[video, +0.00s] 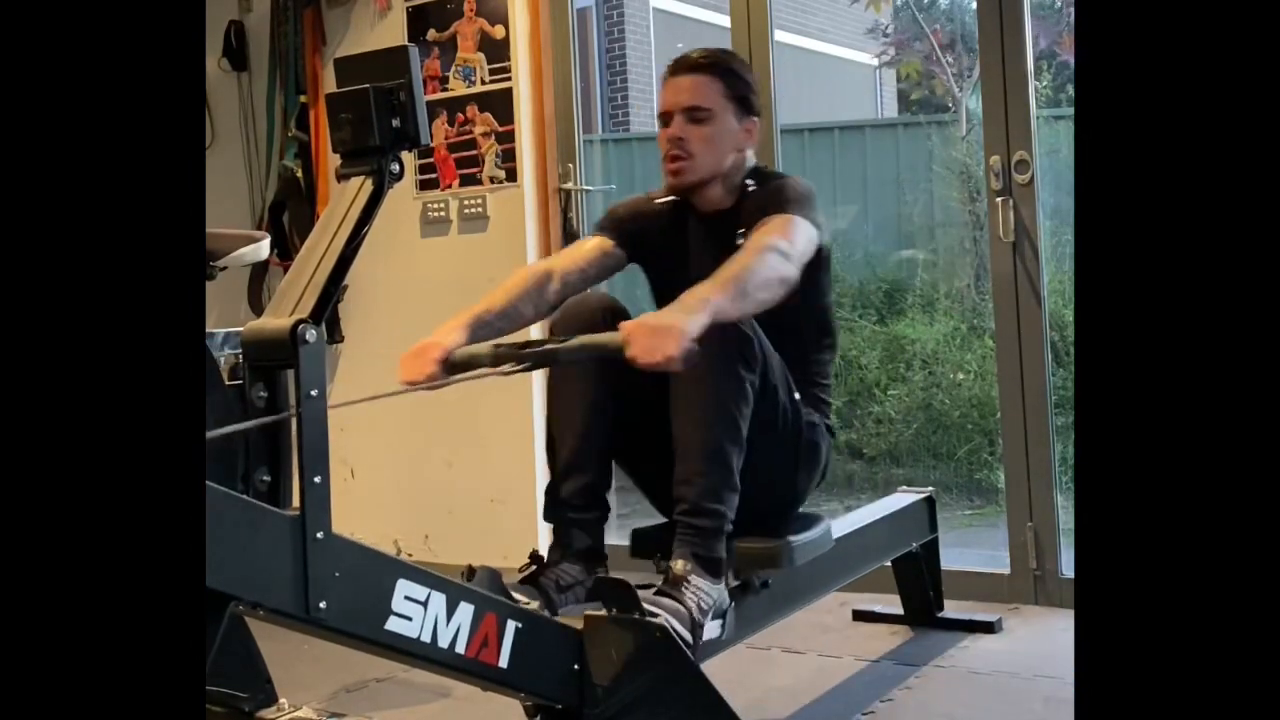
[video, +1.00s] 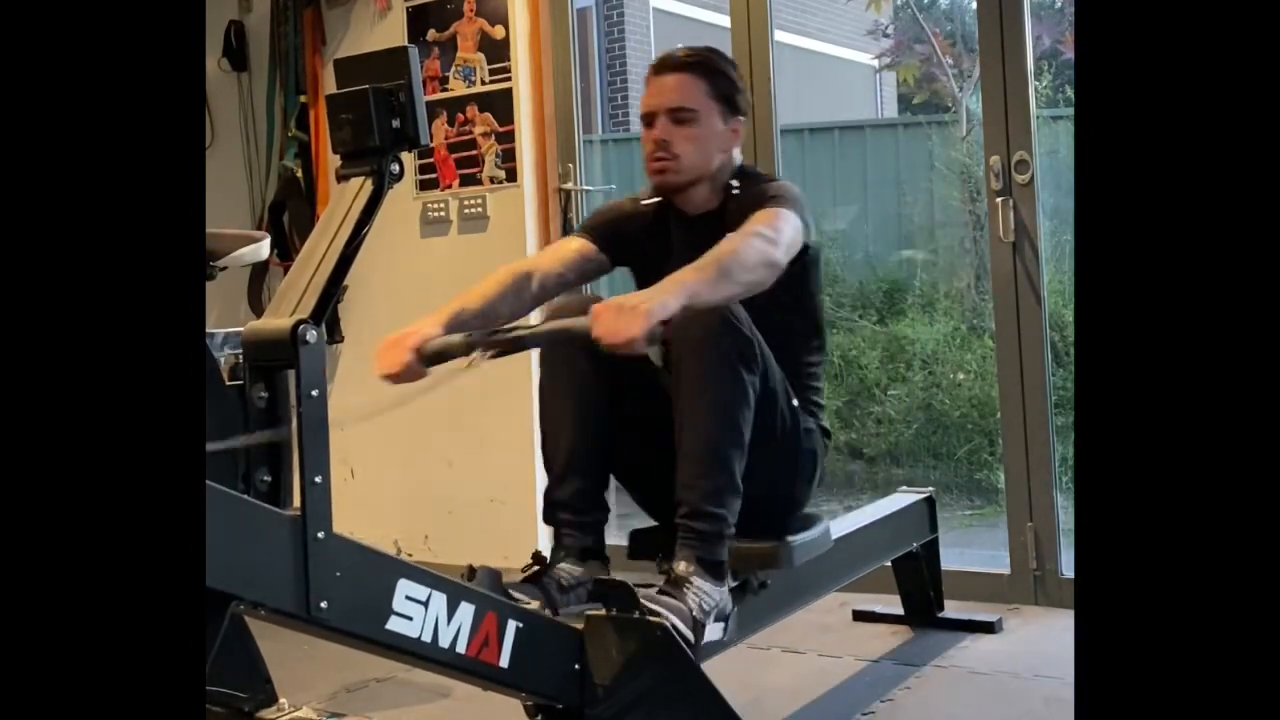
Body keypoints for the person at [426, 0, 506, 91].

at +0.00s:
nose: (471, 8)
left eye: (473, 5)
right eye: (468, 5)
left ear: (476, 8)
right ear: (463, 8)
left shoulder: (480, 22)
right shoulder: (458, 24)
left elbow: (493, 33)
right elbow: (445, 36)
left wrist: (498, 32)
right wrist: (435, 36)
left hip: (474, 60)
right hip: (460, 59)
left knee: (474, 88)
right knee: (458, 89)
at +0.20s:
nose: (471, 7)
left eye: (473, 5)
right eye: (468, 5)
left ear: (476, 8)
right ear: (463, 8)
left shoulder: (480, 22)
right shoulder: (457, 24)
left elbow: (493, 33)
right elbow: (445, 36)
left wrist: (498, 32)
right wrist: (435, 36)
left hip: (474, 60)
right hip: (460, 59)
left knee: (474, 88)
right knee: (458, 89)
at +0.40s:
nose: (471, 7)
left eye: (473, 5)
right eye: (468, 5)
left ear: (476, 8)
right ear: (463, 8)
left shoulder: (480, 22)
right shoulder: (457, 25)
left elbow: (493, 33)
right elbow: (445, 36)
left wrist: (498, 32)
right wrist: (435, 36)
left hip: (474, 60)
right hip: (460, 59)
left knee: (474, 88)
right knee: (458, 89)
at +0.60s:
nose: (471, 7)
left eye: (473, 4)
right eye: (468, 4)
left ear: (476, 7)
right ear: (463, 8)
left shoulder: (480, 22)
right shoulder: (457, 25)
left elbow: (493, 33)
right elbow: (445, 36)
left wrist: (498, 32)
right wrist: (435, 36)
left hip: (474, 60)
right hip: (460, 59)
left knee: (474, 89)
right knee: (458, 89)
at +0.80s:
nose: (471, 7)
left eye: (473, 4)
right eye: (468, 4)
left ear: (476, 7)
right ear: (463, 8)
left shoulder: (480, 22)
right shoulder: (457, 25)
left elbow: (493, 33)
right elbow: (445, 36)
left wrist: (498, 32)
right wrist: (435, 36)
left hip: (474, 60)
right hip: (460, 59)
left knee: (474, 89)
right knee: (458, 89)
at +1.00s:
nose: (471, 7)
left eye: (473, 5)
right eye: (468, 5)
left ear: (476, 8)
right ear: (463, 8)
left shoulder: (480, 22)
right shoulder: (457, 25)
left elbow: (493, 33)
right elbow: (445, 36)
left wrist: (498, 32)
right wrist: (435, 36)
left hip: (474, 60)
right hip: (460, 59)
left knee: (474, 89)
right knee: (458, 89)